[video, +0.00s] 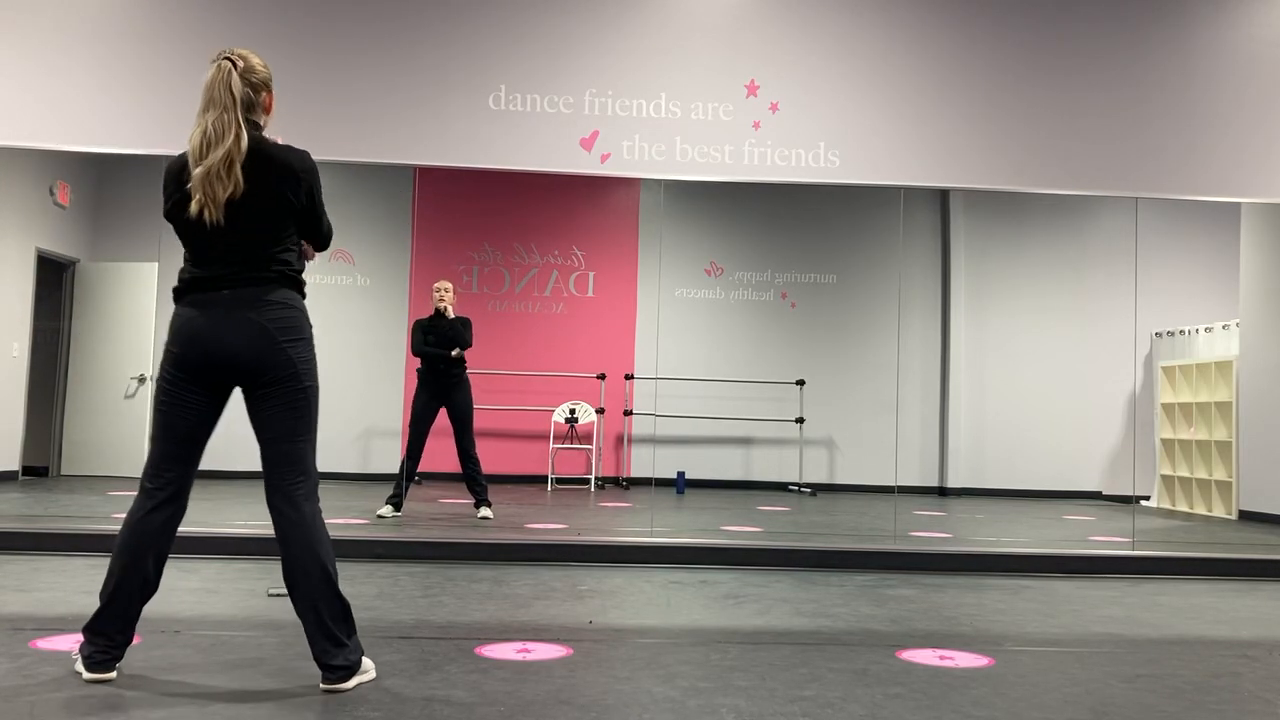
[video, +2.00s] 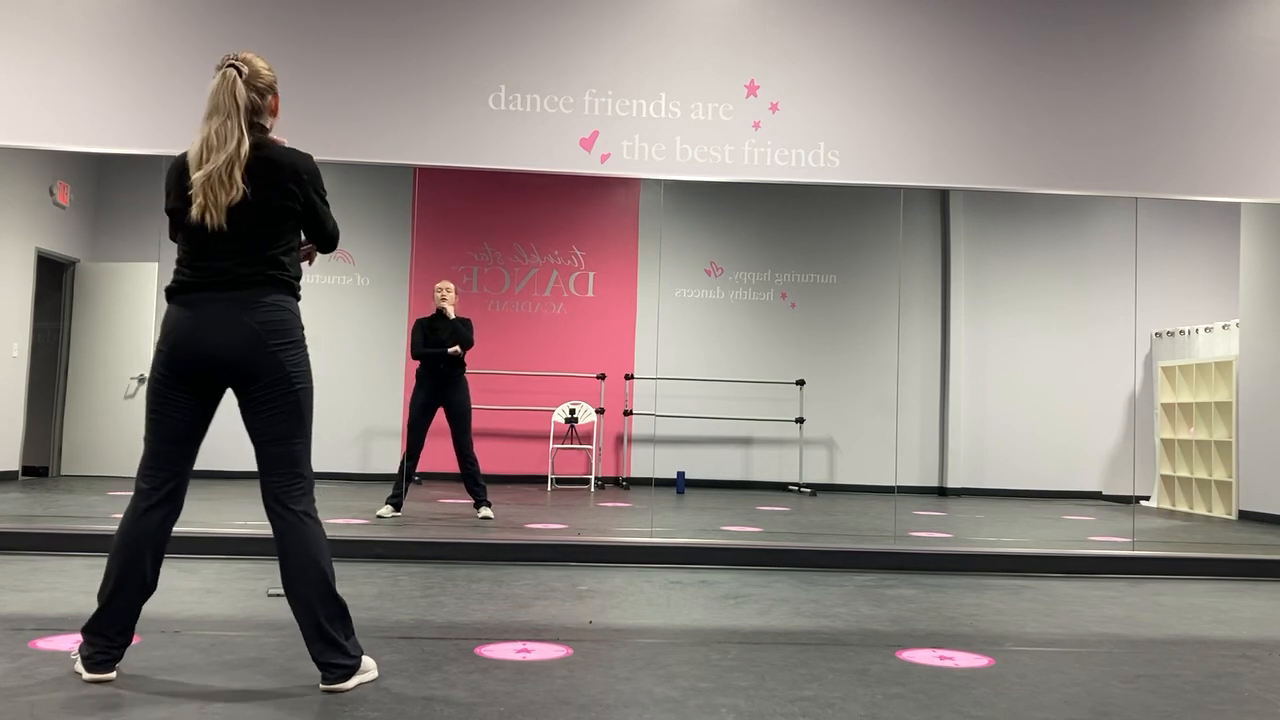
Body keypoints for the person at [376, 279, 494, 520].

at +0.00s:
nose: (441, 294)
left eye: (446, 290)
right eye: (438, 290)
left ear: (454, 297)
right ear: (431, 297)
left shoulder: (463, 322)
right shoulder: (421, 324)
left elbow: (465, 344)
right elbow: (417, 350)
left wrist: (450, 317)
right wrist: (449, 354)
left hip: (457, 388)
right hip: (428, 388)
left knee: (466, 447)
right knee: (413, 447)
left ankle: (482, 504)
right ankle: (394, 503)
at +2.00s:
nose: (443, 293)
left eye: (447, 290)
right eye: (439, 290)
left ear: (456, 298)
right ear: (433, 297)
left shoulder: (464, 323)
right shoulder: (422, 323)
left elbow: (467, 344)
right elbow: (416, 352)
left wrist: (452, 317)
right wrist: (447, 351)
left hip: (455, 389)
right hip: (426, 389)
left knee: (464, 447)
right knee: (413, 448)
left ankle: (482, 504)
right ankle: (394, 504)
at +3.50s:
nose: (442, 294)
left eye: (447, 291)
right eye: (439, 290)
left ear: (454, 298)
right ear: (431, 297)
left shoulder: (461, 323)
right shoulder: (420, 322)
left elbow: (466, 345)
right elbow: (415, 349)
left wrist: (451, 318)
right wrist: (446, 351)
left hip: (455, 389)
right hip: (426, 389)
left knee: (465, 448)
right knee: (412, 449)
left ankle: (482, 504)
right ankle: (394, 504)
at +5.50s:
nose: (439, 294)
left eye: (445, 291)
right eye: (436, 291)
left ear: (453, 298)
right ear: (430, 297)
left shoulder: (460, 323)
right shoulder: (420, 322)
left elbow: (464, 342)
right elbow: (415, 349)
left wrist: (448, 317)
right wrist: (444, 348)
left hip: (455, 389)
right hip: (425, 389)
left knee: (465, 447)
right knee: (412, 448)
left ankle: (482, 504)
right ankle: (394, 504)